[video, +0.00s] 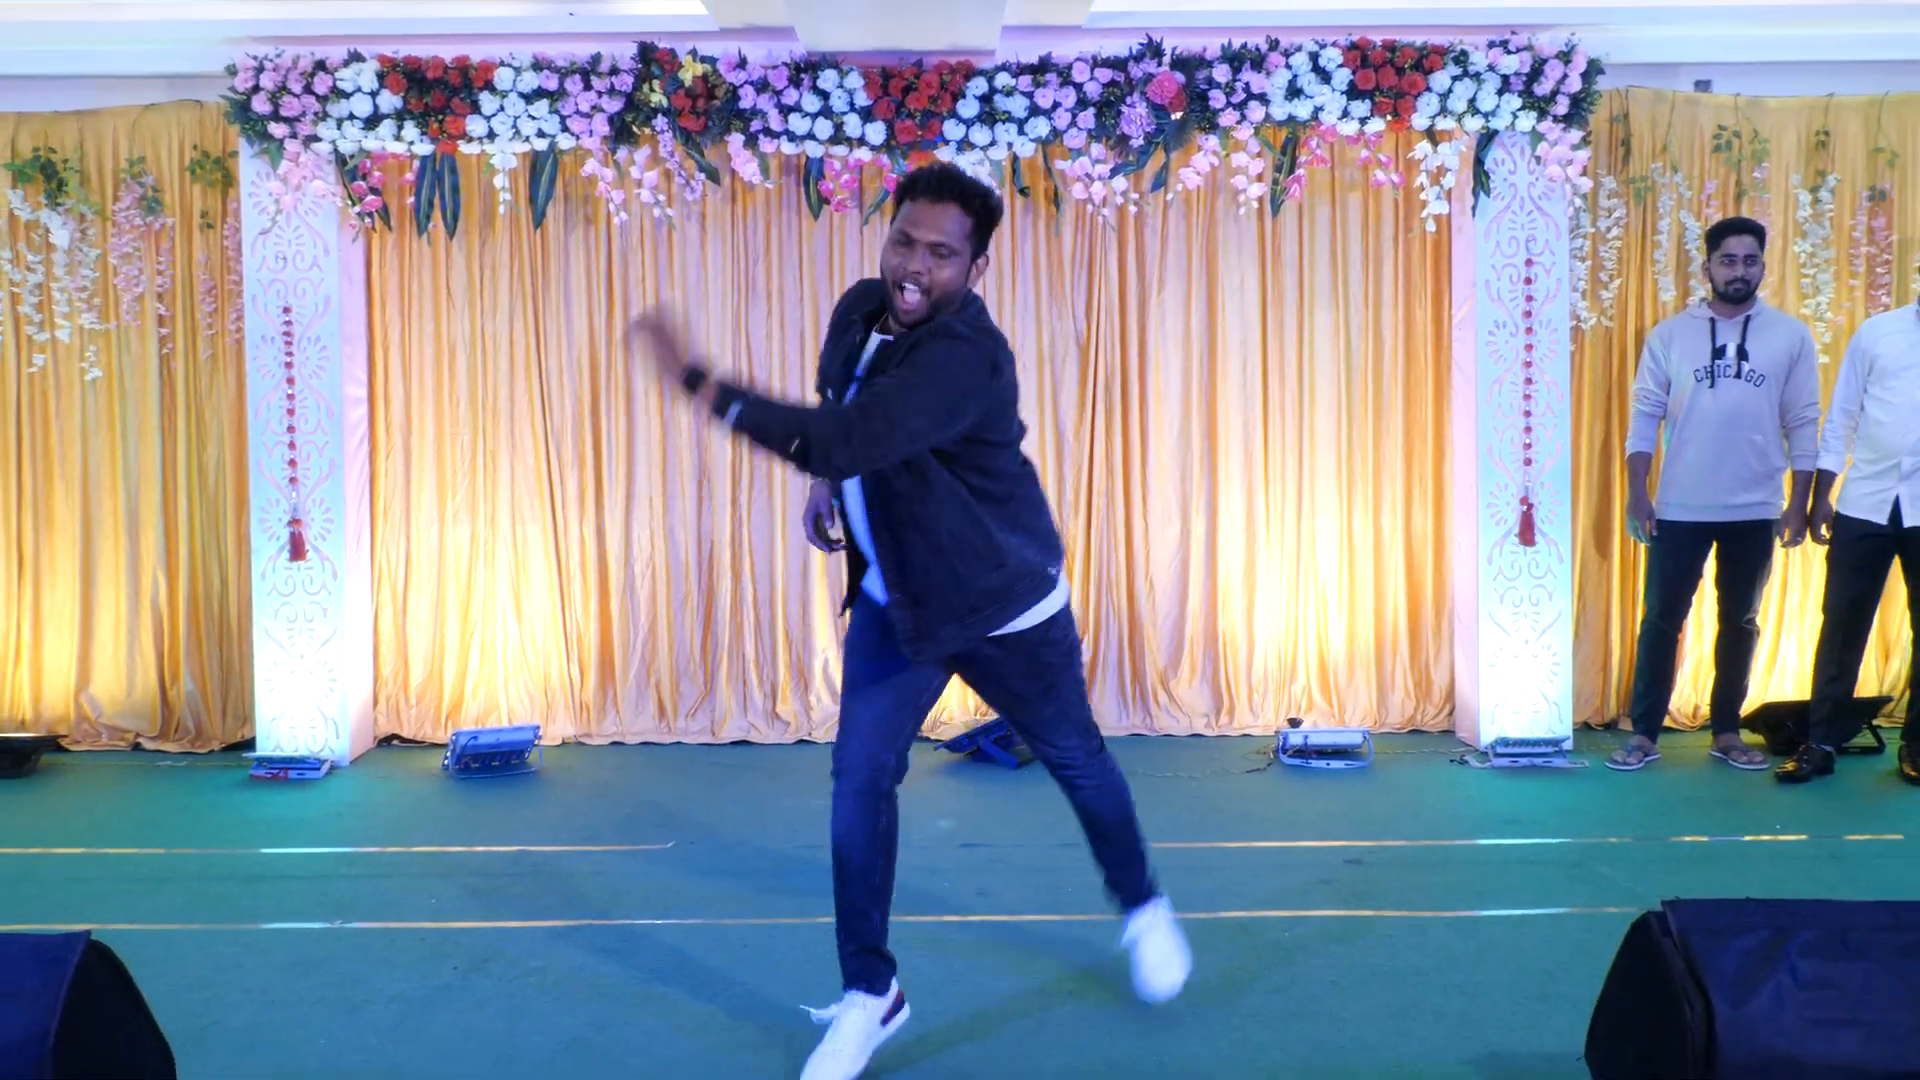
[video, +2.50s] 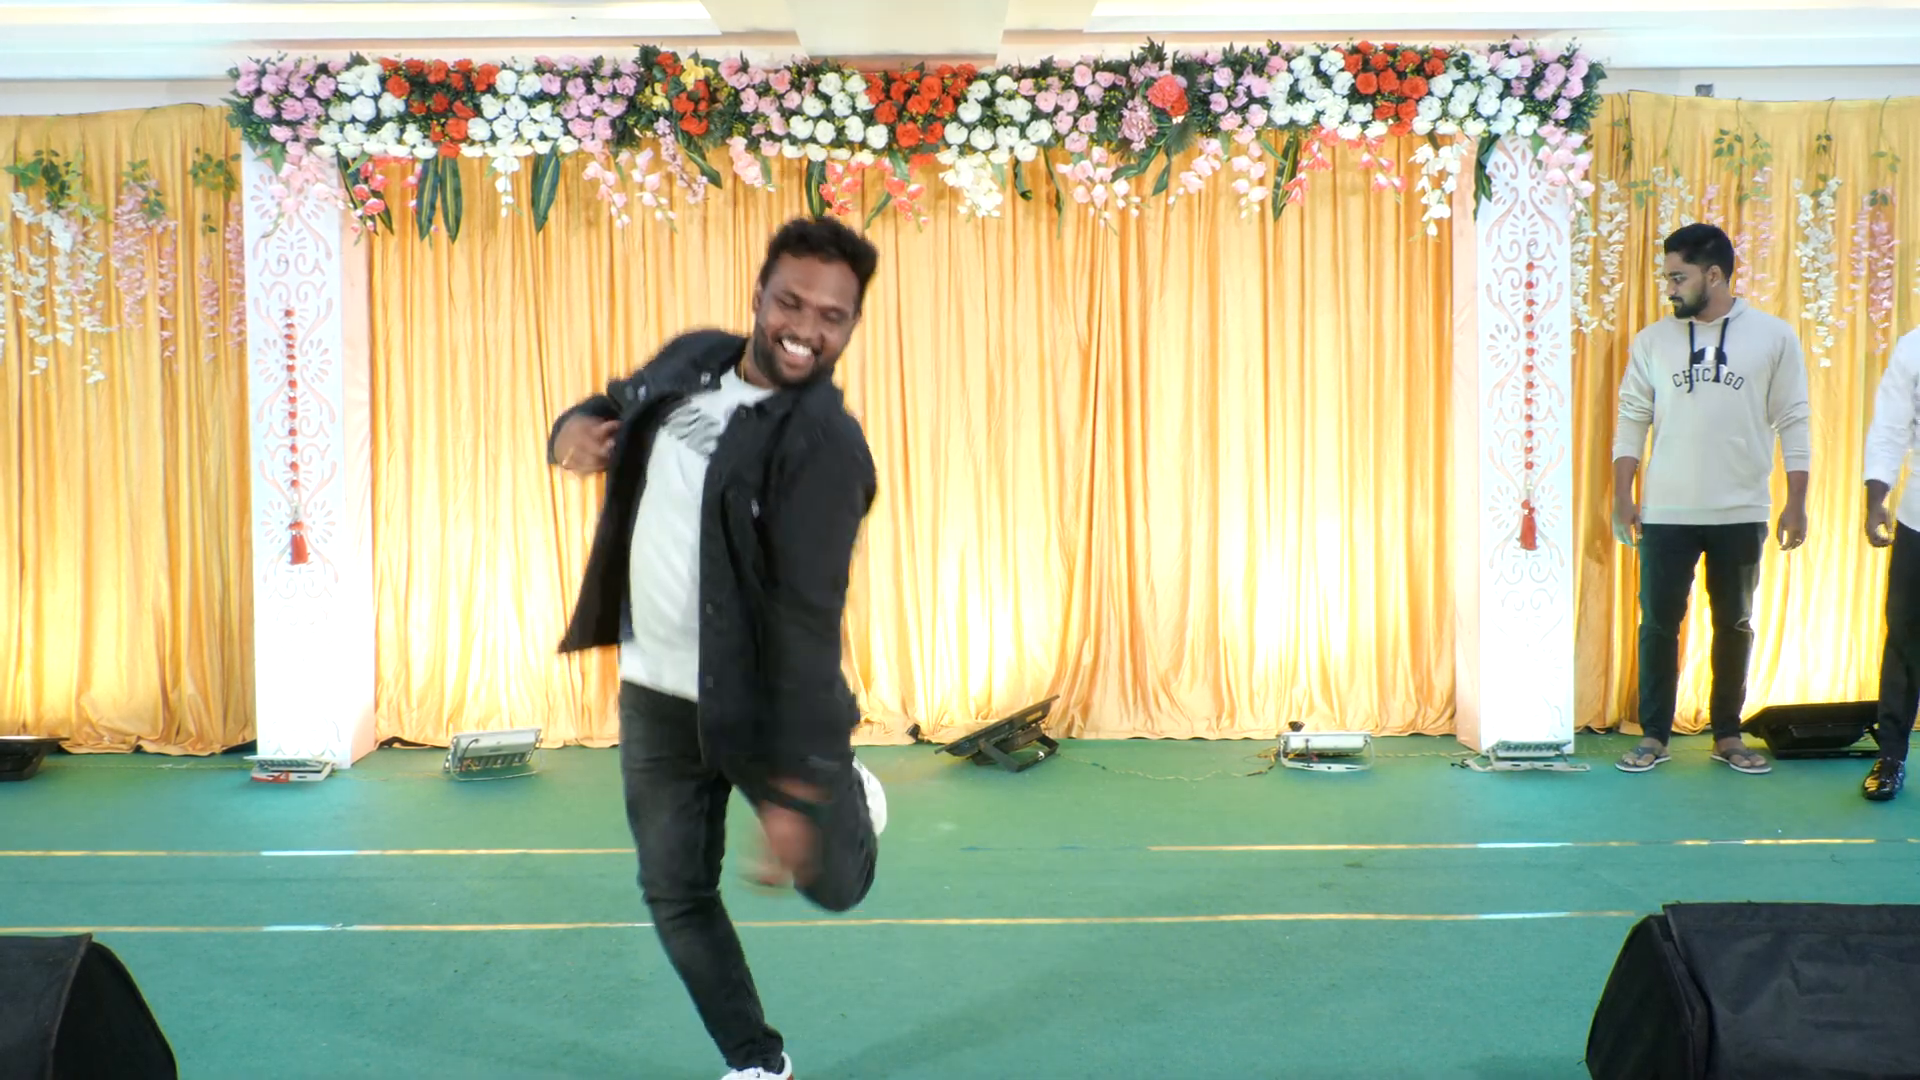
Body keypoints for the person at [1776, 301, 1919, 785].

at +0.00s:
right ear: (1913, 278)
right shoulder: (1877, 334)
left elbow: (1840, 416)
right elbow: (1841, 417)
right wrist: (1820, 494)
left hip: (1918, 504)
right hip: (1866, 499)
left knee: (1919, 633)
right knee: (1841, 625)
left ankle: (1914, 747)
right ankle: (1821, 743)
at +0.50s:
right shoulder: (1882, 333)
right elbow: (1843, 411)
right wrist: (1821, 485)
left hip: (1917, 502)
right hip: (1867, 497)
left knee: (1918, 634)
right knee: (1841, 624)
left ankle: (1914, 746)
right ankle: (1820, 745)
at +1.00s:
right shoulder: (1886, 333)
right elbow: (1847, 417)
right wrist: (1843, 500)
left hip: (1917, 509)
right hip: (1871, 502)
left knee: (1919, 634)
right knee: (1846, 625)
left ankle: (1914, 746)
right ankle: (1821, 744)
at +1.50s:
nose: (1917, 282)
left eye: (1919, 275)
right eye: (1914, 274)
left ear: (1919, 282)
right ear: (1909, 280)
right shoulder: (1884, 336)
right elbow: (1846, 420)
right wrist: (1843, 497)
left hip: (1918, 510)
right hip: (1878, 500)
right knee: (1845, 621)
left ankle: (1915, 746)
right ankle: (1823, 741)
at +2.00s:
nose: (1915, 276)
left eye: (1916, 267)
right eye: (1911, 266)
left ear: (1915, 274)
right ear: (1905, 273)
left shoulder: (1884, 340)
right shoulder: (1879, 340)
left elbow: (1842, 428)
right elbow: (1844, 427)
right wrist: (1824, 505)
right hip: (1889, 514)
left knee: (1906, 643)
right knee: (1885, 640)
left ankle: (1905, 751)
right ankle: (1889, 756)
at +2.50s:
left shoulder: (1909, 351)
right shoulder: (1911, 349)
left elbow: (1891, 423)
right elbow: (1891, 422)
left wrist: (1877, 495)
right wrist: (1876, 496)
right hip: (1914, 523)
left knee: (1905, 643)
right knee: (1903, 642)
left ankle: (1893, 759)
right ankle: (1891, 758)